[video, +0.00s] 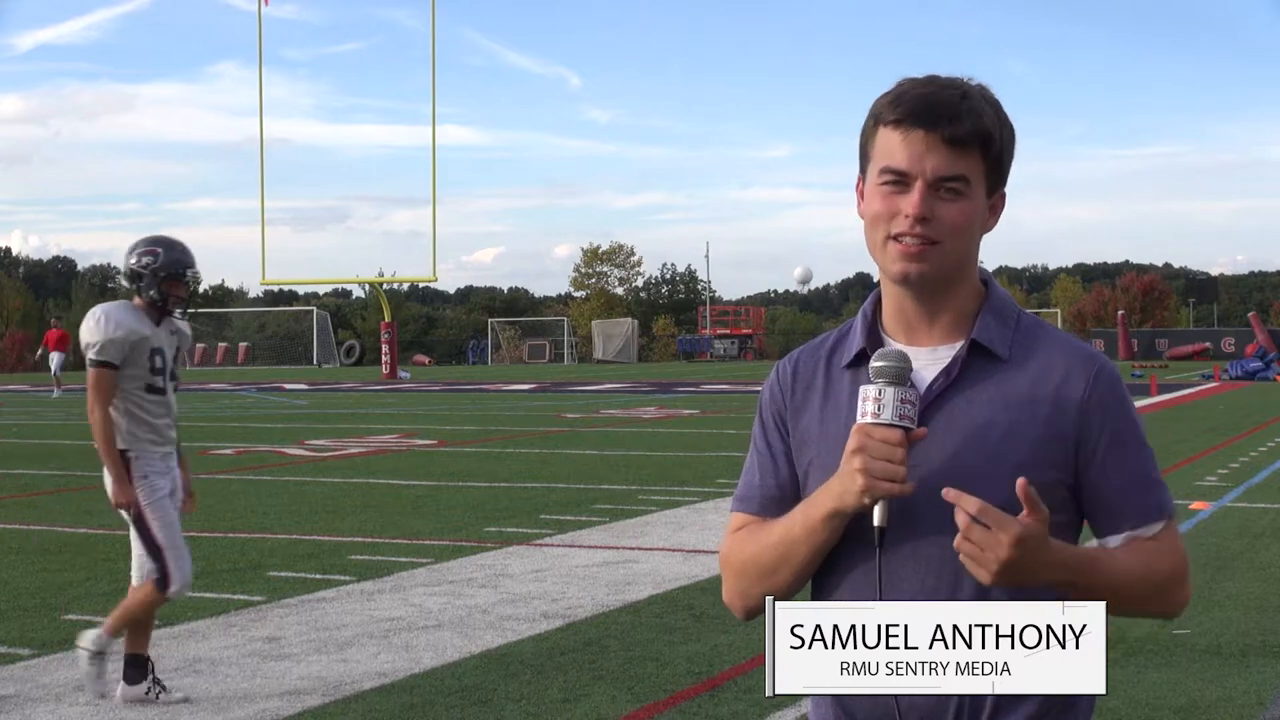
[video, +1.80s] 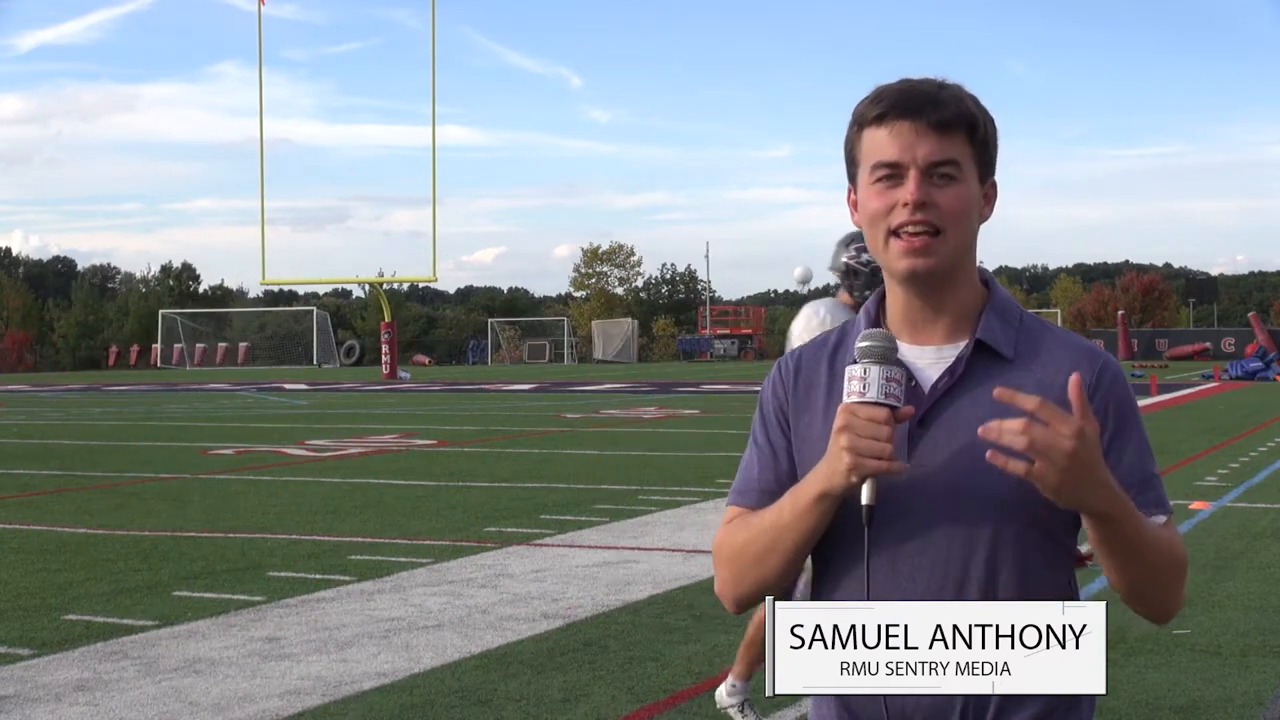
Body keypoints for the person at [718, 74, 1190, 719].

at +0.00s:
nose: (914, 211)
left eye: (949, 188)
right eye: (893, 182)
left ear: (993, 208)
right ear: (861, 196)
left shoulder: (1076, 381)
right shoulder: (798, 382)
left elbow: (1167, 581)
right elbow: (740, 587)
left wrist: (1053, 564)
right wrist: (837, 496)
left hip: (1022, 708)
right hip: (845, 707)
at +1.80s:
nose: (913, 197)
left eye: (942, 174)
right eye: (887, 176)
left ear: (987, 198)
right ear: (856, 205)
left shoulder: (1079, 374)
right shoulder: (799, 378)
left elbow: (1162, 600)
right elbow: (733, 584)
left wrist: (1097, 493)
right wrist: (827, 479)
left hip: (1028, 704)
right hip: (851, 707)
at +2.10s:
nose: (914, 196)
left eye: (942, 174)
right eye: (887, 176)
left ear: (986, 199)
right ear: (855, 207)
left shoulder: (1083, 377)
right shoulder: (798, 383)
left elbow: (1161, 599)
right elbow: (739, 587)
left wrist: (1102, 532)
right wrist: (844, 488)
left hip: (1033, 705)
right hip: (855, 706)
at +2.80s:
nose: (913, 208)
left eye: (942, 183)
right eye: (888, 184)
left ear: (985, 200)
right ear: (854, 207)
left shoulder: (1082, 379)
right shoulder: (797, 385)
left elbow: (1156, 578)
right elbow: (746, 587)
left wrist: (1046, 567)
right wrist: (836, 515)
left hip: (1031, 708)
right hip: (851, 709)